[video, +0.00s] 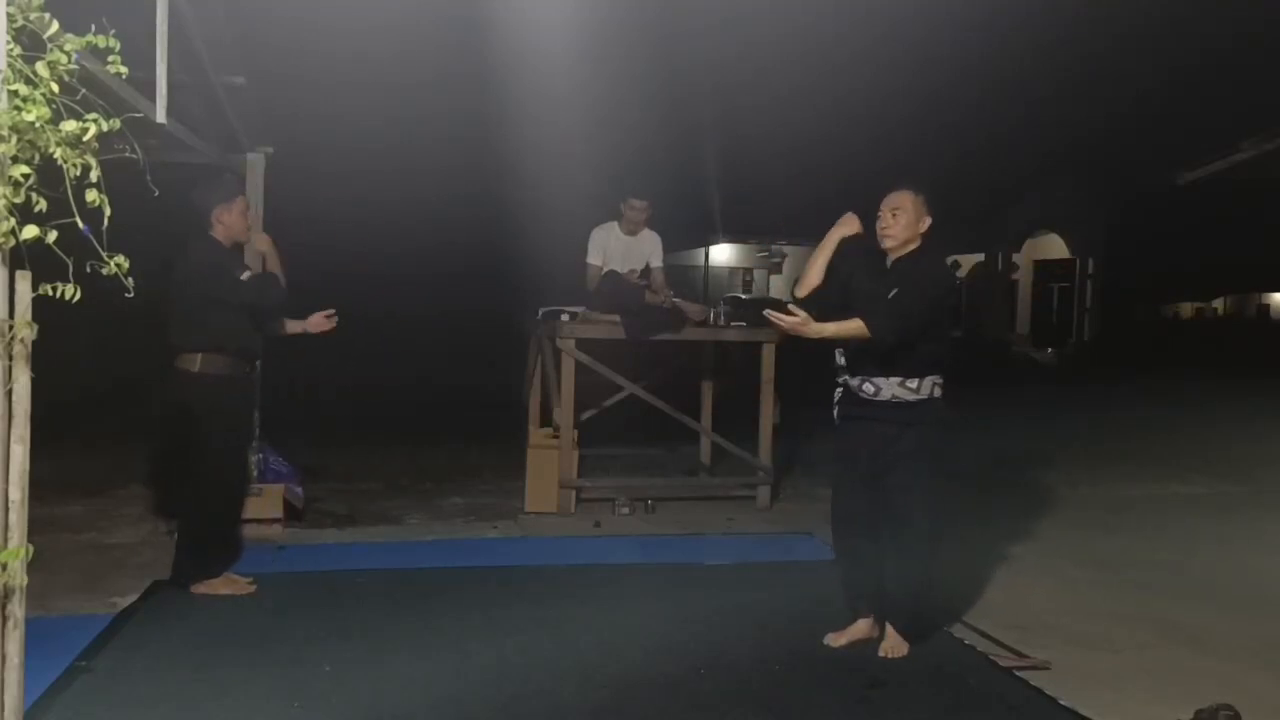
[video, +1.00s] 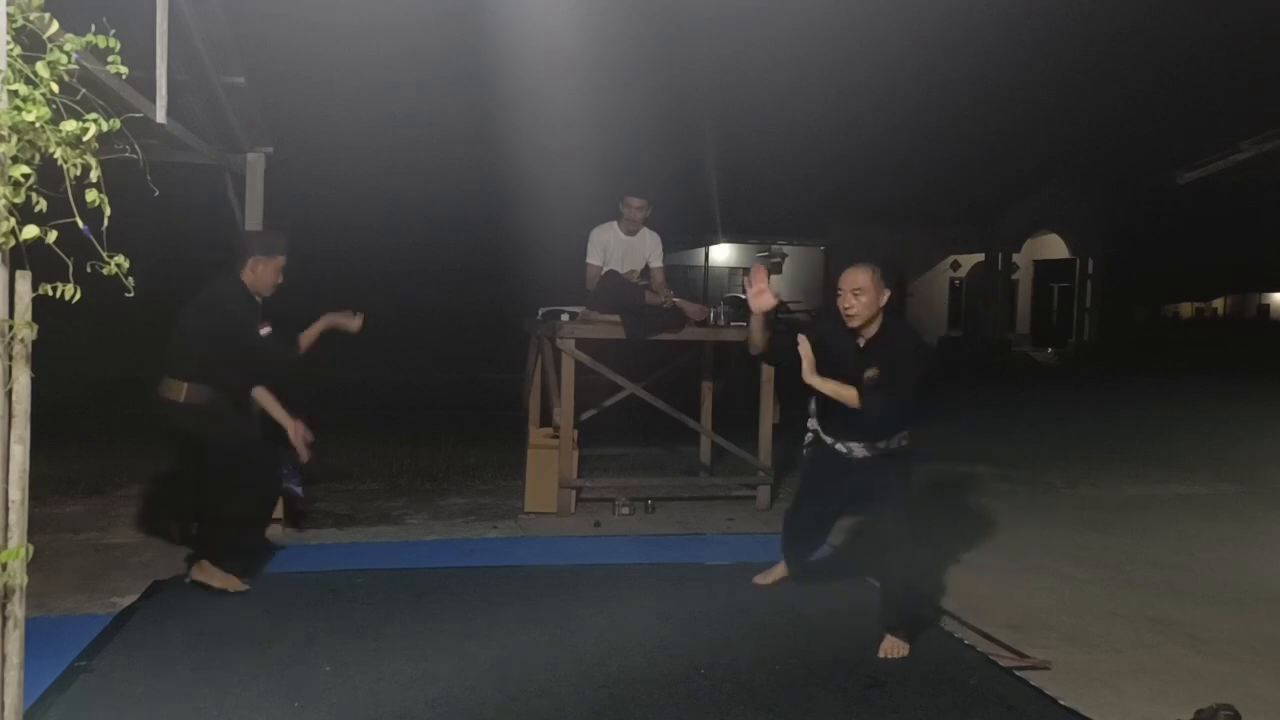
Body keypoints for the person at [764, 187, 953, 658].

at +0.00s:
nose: (884, 221)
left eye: (895, 213)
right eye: (880, 215)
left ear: (924, 224)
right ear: (875, 224)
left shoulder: (935, 274)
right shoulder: (860, 263)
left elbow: (889, 324)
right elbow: (806, 296)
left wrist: (818, 330)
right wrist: (833, 237)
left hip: (911, 415)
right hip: (857, 411)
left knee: (905, 517)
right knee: (852, 513)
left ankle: (899, 625)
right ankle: (864, 616)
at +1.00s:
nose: (846, 303)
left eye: (857, 294)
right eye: (841, 294)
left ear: (884, 297)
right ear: (835, 297)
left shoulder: (903, 343)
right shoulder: (828, 330)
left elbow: (884, 405)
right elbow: (762, 349)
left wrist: (814, 380)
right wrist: (760, 315)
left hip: (885, 456)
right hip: (830, 450)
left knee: (896, 539)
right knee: (804, 513)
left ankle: (897, 626)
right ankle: (792, 562)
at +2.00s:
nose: (850, 290)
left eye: (859, 281)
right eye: (845, 283)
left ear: (887, 282)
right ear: (841, 287)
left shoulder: (914, 322)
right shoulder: (829, 325)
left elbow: (888, 349)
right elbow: (783, 388)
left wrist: (818, 325)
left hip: (898, 449)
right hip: (841, 443)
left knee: (891, 533)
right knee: (812, 514)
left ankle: (895, 623)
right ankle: (809, 568)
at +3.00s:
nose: (846, 295)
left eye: (852, 285)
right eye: (847, 285)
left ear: (878, 282)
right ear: (887, 282)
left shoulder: (864, 333)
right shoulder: (933, 318)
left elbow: (852, 409)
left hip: (923, 477)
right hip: (957, 472)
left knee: (954, 596)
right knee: (870, 524)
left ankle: (1030, 703)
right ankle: (867, 613)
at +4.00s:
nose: (830, 287)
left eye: (836, 277)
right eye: (829, 278)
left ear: (863, 277)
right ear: (865, 275)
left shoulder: (866, 321)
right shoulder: (894, 303)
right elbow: (835, 319)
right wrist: (812, 263)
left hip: (912, 454)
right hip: (927, 445)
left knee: (861, 528)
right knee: (866, 521)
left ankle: (888, 629)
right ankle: (866, 611)